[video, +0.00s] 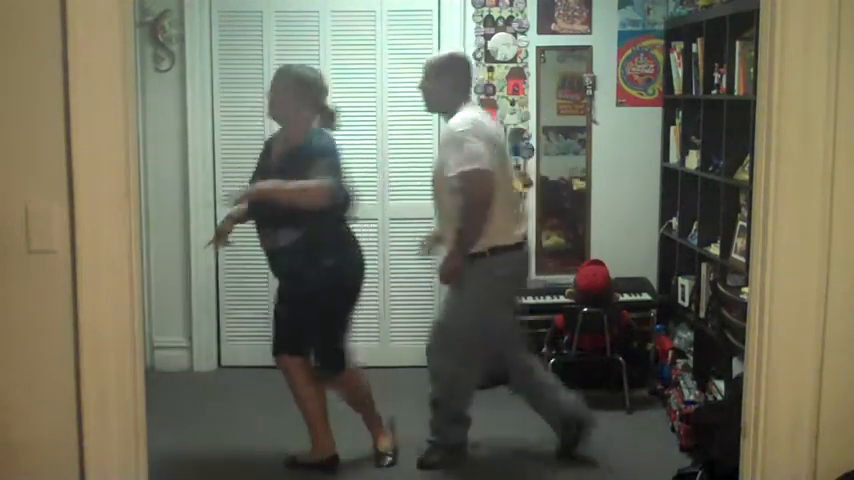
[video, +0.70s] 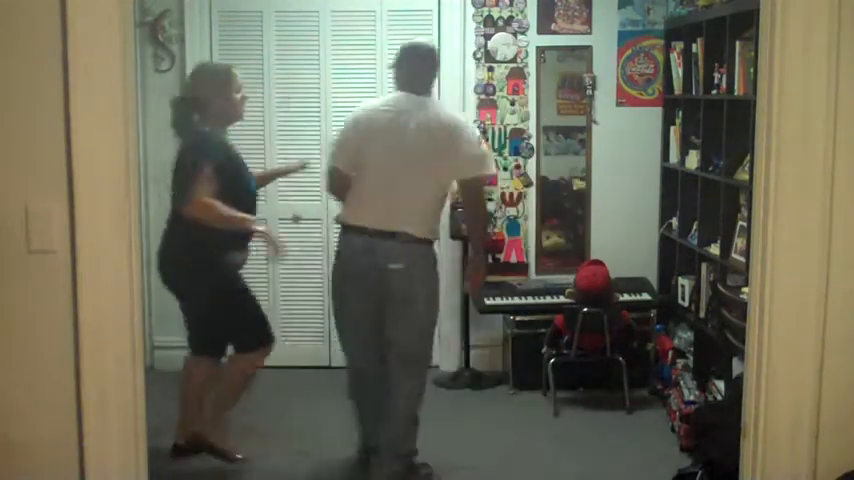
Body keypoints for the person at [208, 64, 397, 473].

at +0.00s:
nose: (269, 98)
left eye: (277, 92)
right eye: (271, 91)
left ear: (301, 100)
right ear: (286, 101)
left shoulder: (321, 145)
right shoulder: (273, 146)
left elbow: (324, 193)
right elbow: (266, 198)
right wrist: (234, 219)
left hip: (333, 263)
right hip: (296, 266)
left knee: (329, 364)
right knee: (289, 354)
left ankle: (378, 427)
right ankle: (323, 449)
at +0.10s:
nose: (268, 98)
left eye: (274, 92)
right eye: (272, 91)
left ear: (286, 101)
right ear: (306, 103)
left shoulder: (292, 148)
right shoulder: (301, 144)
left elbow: (274, 208)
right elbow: (279, 202)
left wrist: (232, 216)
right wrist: (244, 215)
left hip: (310, 264)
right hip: (316, 260)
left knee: (272, 358)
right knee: (298, 357)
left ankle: (357, 395)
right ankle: (321, 451)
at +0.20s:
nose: (278, 105)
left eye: (268, 98)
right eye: (292, 98)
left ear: (261, 99)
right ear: (298, 101)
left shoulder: (250, 145)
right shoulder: (316, 144)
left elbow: (230, 212)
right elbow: (328, 196)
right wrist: (288, 207)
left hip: (276, 265)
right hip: (327, 262)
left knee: (243, 340)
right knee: (301, 351)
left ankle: (297, 381)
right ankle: (313, 450)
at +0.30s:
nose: (290, 98)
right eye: (288, 92)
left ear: (247, 97)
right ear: (284, 98)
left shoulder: (228, 145)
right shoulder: (307, 144)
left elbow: (201, 199)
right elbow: (331, 197)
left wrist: (240, 217)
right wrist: (295, 212)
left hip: (247, 268)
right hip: (306, 267)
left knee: (242, 338)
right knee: (296, 356)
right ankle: (283, 453)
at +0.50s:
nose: (270, 96)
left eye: (266, 89)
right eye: (262, 91)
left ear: (226, 100)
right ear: (243, 101)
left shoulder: (205, 144)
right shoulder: (266, 148)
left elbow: (184, 192)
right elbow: (282, 205)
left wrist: (225, 208)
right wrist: (306, 215)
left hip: (209, 259)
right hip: (256, 262)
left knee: (221, 348)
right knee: (273, 357)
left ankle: (190, 436)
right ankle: (274, 455)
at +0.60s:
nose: (256, 99)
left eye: (253, 92)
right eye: (249, 93)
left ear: (215, 100)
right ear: (230, 101)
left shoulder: (201, 143)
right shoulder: (235, 148)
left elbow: (214, 201)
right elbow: (244, 208)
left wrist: (262, 201)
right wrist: (289, 225)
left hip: (192, 256)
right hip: (225, 261)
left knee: (213, 346)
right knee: (264, 351)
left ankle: (190, 436)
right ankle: (264, 451)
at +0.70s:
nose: (245, 98)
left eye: (242, 92)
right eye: (237, 92)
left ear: (213, 99)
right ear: (213, 99)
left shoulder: (214, 142)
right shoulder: (207, 145)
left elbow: (237, 187)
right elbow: (194, 205)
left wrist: (279, 172)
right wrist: (254, 225)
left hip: (196, 258)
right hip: (200, 260)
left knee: (206, 348)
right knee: (256, 342)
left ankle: (188, 435)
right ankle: (211, 429)